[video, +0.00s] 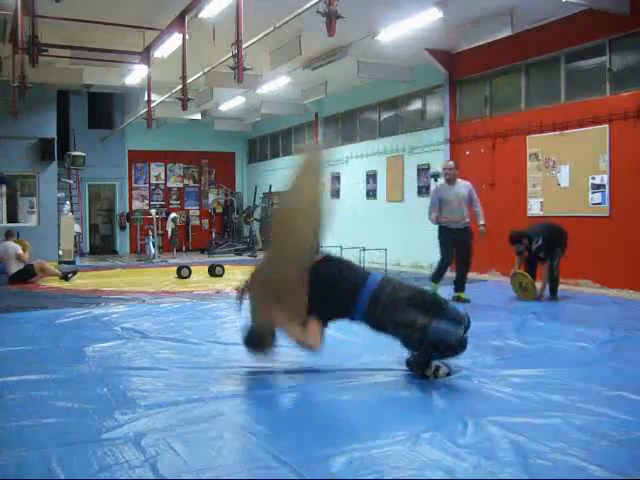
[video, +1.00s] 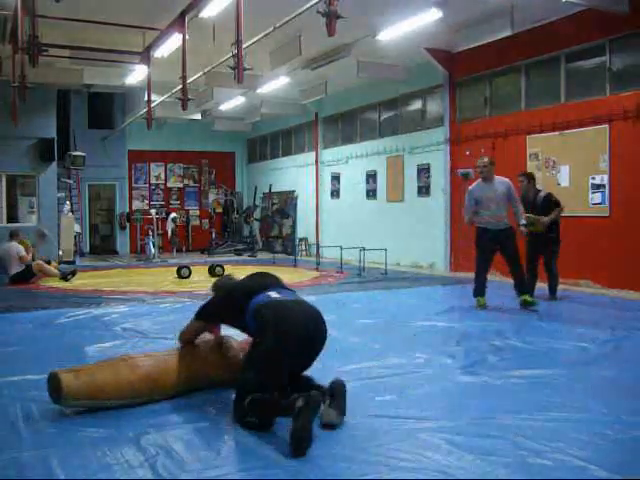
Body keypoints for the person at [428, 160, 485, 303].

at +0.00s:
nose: (448, 172)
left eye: (451, 169)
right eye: (445, 169)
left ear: (456, 171)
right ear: (442, 172)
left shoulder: (467, 186)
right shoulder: (438, 190)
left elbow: (476, 205)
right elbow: (433, 208)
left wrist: (481, 222)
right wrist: (434, 217)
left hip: (463, 226)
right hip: (446, 226)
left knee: (464, 261)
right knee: (446, 259)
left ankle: (459, 292)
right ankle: (434, 283)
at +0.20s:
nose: (455, 171)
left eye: (457, 168)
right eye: (452, 169)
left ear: (463, 169)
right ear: (449, 171)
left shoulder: (475, 184)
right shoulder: (445, 188)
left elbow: (486, 202)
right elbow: (440, 208)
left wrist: (491, 218)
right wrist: (441, 216)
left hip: (471, 225)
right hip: (454, 225)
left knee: (468, 259)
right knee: (461, 257)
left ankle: (460, 290)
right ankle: (461, 290)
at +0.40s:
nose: (461, 172)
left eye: (464, 169)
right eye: (459, 170)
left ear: (470, 170)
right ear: (456, 172)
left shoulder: (482, 185)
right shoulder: (453, 190)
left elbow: (494, 203)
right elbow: (448, 209)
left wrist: (498, 219)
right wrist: (447, 218)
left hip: (479, 226)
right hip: (462, 226)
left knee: (475, 261)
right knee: (470, 261)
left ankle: (460, 290)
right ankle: (476, 293)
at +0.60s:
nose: (466, 172)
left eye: (469, 168)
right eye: (464, 169)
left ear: (476, 170)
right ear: (461, 171)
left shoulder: (489, 184)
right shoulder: (458, 191)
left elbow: (501, 203)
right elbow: (453, 212)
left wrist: (505, 220)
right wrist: (455, 220)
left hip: (489, 228)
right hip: (470, 228)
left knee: (492, 263)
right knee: (476, 263)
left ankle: (472, 282)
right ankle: (477, 295)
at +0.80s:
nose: (473, 170)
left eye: (476, 167)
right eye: (471, 167)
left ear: (483, 168)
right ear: (468, 170)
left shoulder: (496, 183)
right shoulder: (464, 190)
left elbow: (507, 203)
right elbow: (459, 212)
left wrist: (513, 220)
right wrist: (461, 219)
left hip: (496, 227)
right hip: (477, 227)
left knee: (505, 259)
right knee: (478, 263)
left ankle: (501, 290)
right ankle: (478, 296)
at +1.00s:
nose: (481, 170)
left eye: (484, 167)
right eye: (479, 167)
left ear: (492, 168)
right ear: (477, 170)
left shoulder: (505, 184)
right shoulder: (473, 189)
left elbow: (516, 203)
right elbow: (468, 212)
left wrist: (521, 222)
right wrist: (470, 218)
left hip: (505, 228)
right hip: (484, 229)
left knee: (515, 263)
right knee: (482, 266)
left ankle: (523, 294)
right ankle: (479, 296)